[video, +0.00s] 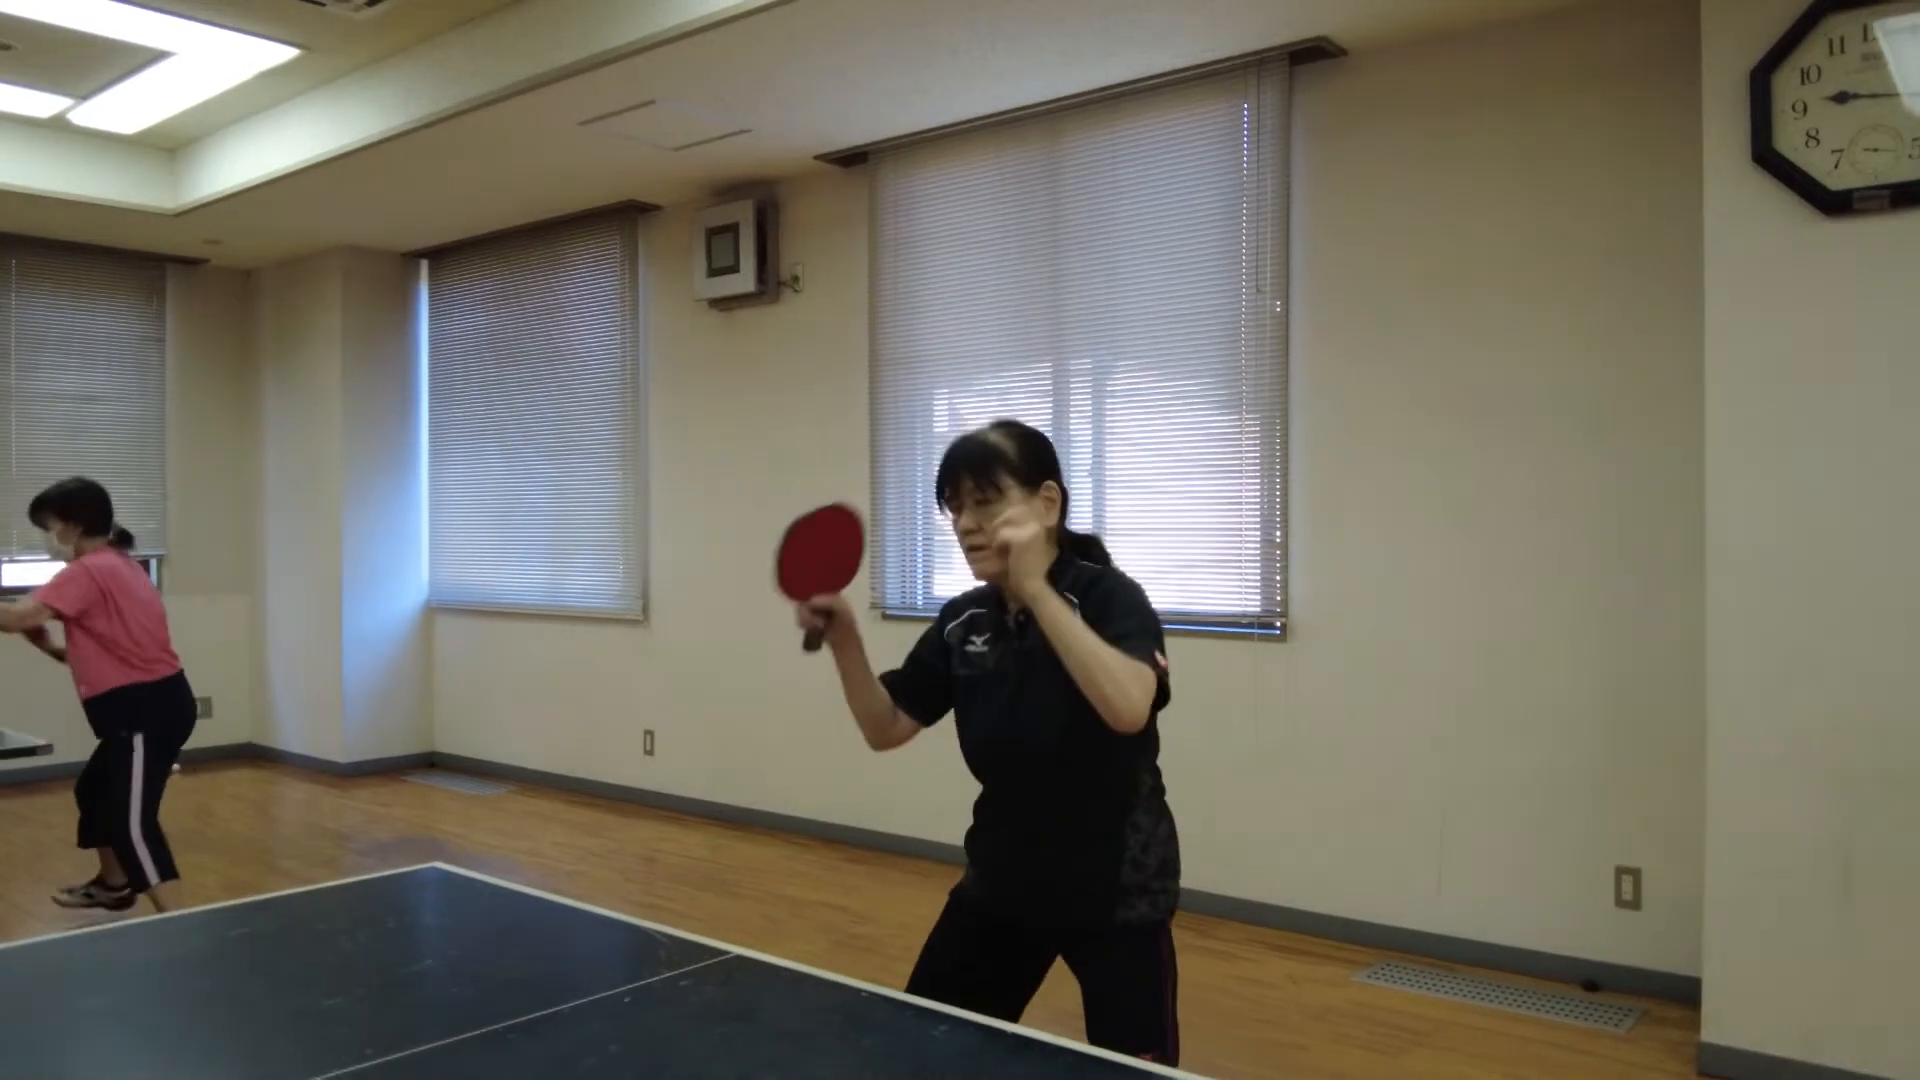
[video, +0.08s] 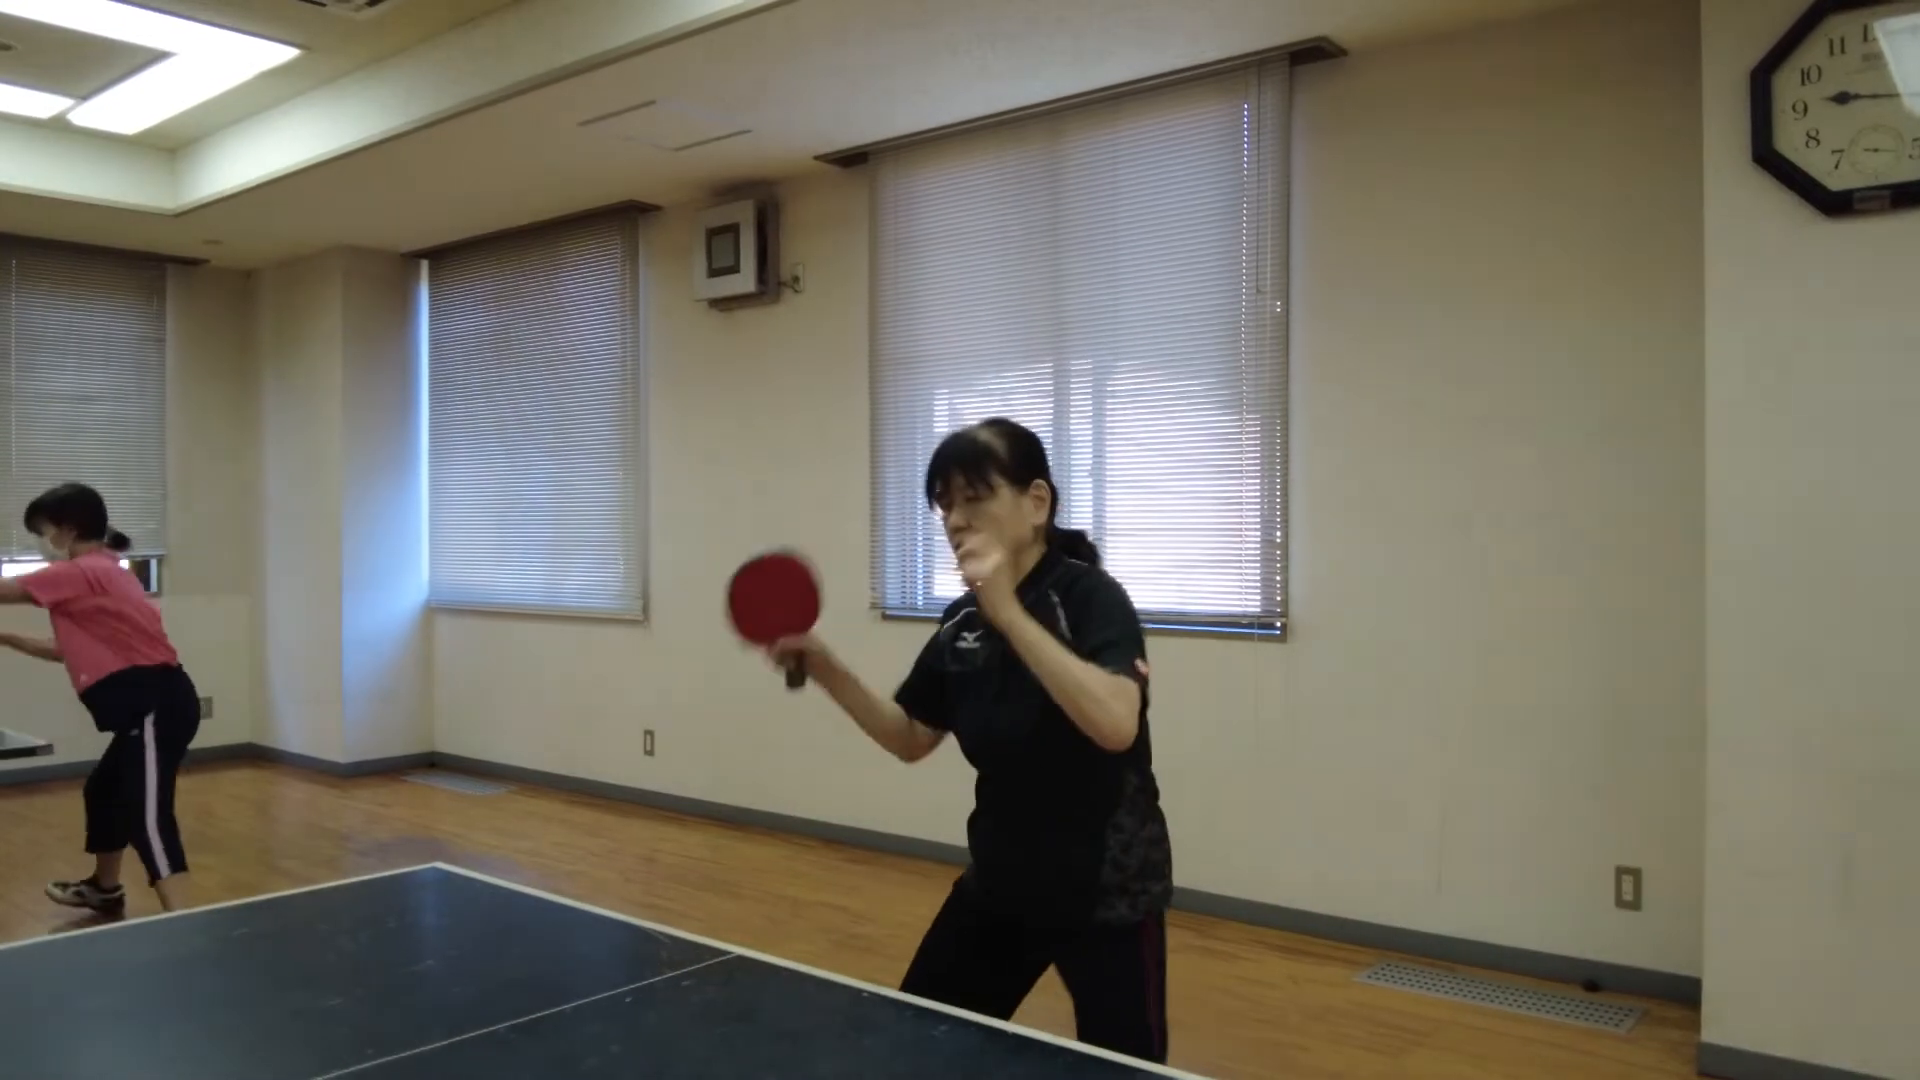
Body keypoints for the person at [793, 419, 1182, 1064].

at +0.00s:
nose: (965, 523)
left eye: (987, 501)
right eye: (956, 507)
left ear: (1049, 505)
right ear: (949, 518)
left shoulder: (1110, 600)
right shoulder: (964, 623)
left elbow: (1129, 707)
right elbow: (886, 728)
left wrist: (1035, 590)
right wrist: (845, 638)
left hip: (1115, 891)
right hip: (1005, 883)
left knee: (1140, 1076)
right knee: (919, 1049)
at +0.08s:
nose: (954, 518)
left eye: (976, 497)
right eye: (946, 504)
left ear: (1038, 503)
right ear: (939, 515)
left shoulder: (1092, 597)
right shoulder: (965, 621)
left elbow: (1116, 723)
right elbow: (910, 738)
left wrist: (1008, 613)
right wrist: (825, 668)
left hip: (1108, 888)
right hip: (1006, 880)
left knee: (1128, 1075)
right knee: (913, 1043)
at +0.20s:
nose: (927, 541)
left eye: (948, 518)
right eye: (920, 524)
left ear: (1008, 523)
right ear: (913, 532)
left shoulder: (1049, 613)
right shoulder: (975, 629)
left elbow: (1081, 743)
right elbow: (967, 771)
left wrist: (956, 661)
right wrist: (847, 753)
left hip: (1087, 910)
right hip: (1003, 897)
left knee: (1093, 1074)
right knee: (906, 1042)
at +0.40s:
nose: (899, 560)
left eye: (911, 537)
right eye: (891, 545)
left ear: (973, 528)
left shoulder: (1008, 596)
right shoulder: (981, 610)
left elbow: (1014, 694)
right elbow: (1038, 757)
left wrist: (901, 611)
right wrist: (946, 771)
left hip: (1079, 903)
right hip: (1001, 889)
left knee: (1095, 1071)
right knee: (906, 1039)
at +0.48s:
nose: (915, 531)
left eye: (923, 509)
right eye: (908, 519)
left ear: (984, 501)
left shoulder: (1045, 573)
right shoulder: (1000, 596)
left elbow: (1024, 646)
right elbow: (1002, 736)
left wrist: (932, 554)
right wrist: (900, 729)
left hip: (1099, 881)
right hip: (1010, 872)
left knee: (1124, 1072)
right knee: (923, 1044)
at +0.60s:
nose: (946, 515)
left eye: (958, 495)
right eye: (939, 502)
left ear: (1015, 489)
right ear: (941, 511)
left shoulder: (1096, 560)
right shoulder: (976, 619)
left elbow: (1049, 609)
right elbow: (926, 734)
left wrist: (993, 494)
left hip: (1135, 867)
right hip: (1028, 867)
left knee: (1154, 1072)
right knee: (944, 1046)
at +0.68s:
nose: (961, 519)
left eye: (976, 495)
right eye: (953, 504)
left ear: (1033, 494)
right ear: (950, 515)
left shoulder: (1113, 573)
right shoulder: (978, 619)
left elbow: (1086, 631)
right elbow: (900, 719)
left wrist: (1032, 509)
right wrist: (869, 599)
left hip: (1139, 884)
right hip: (1027, 881)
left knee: (1158, 1078)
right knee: (943, 1053)